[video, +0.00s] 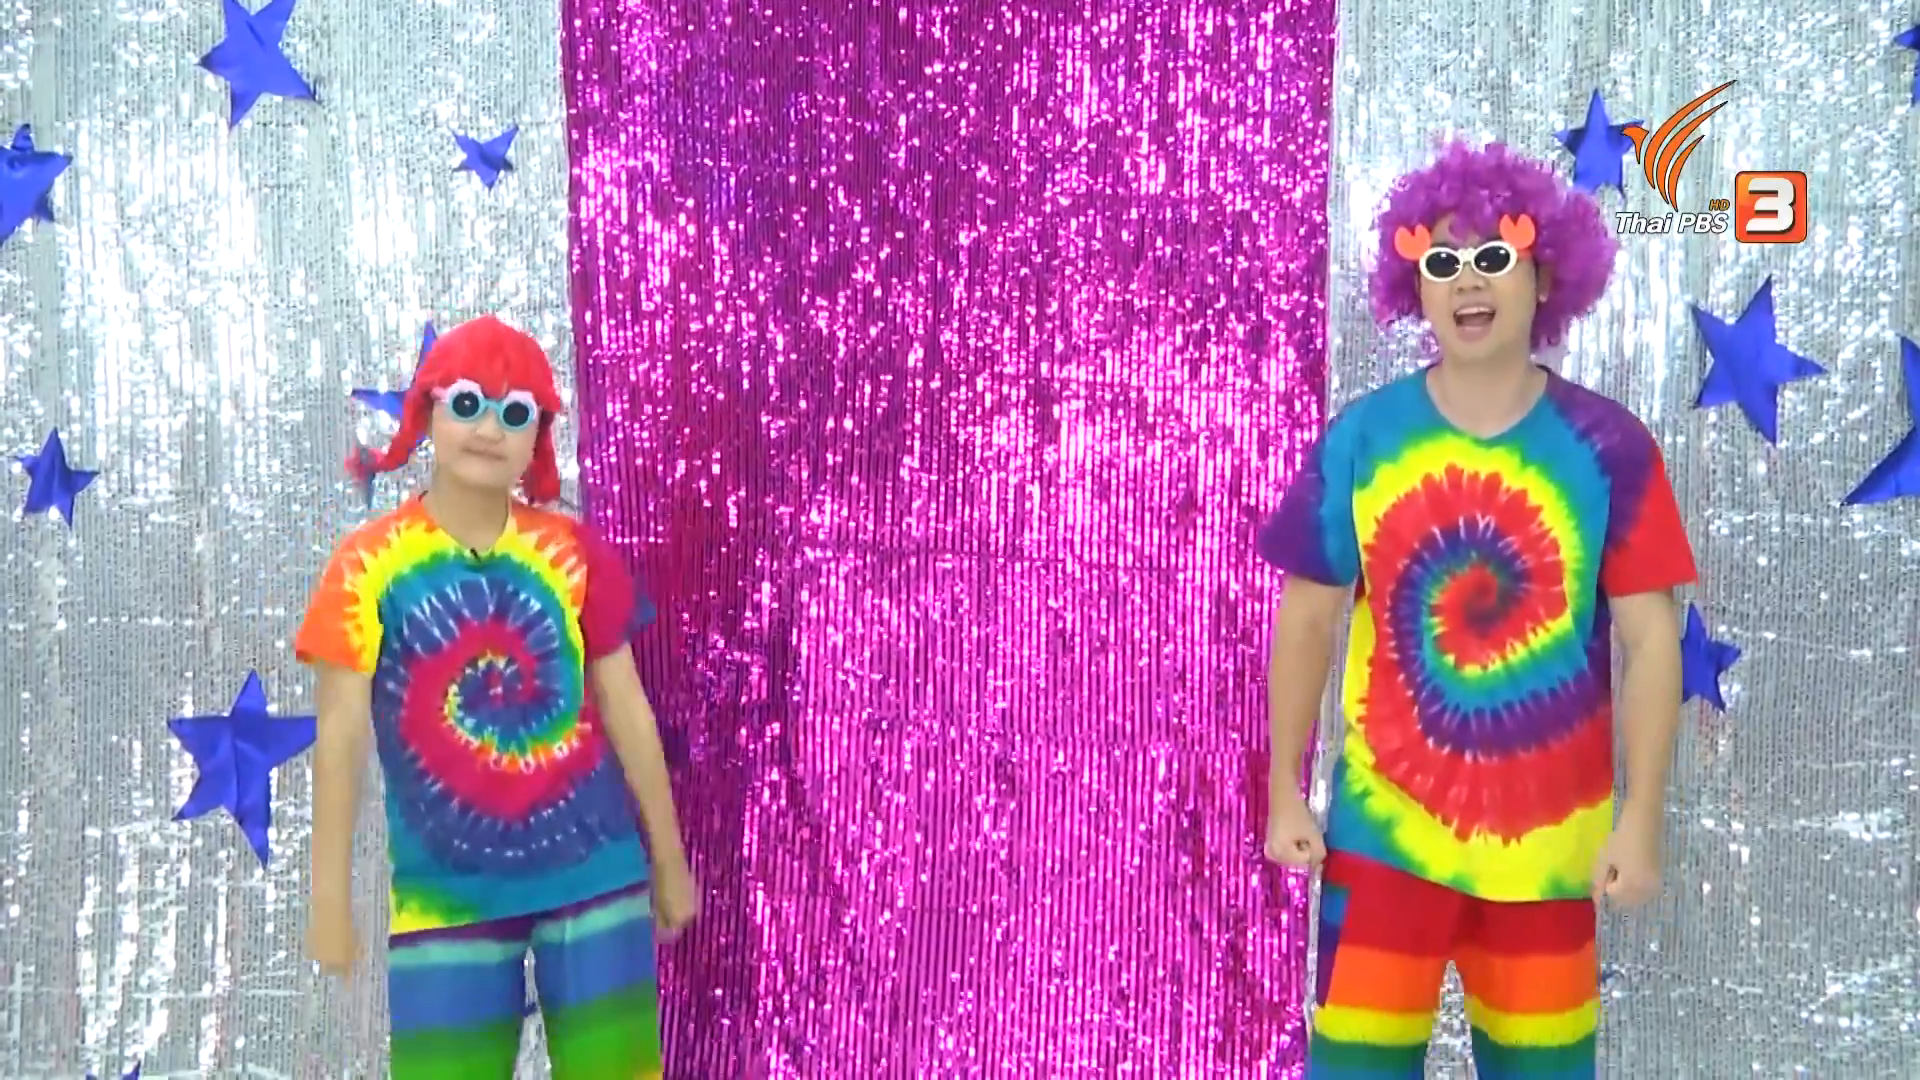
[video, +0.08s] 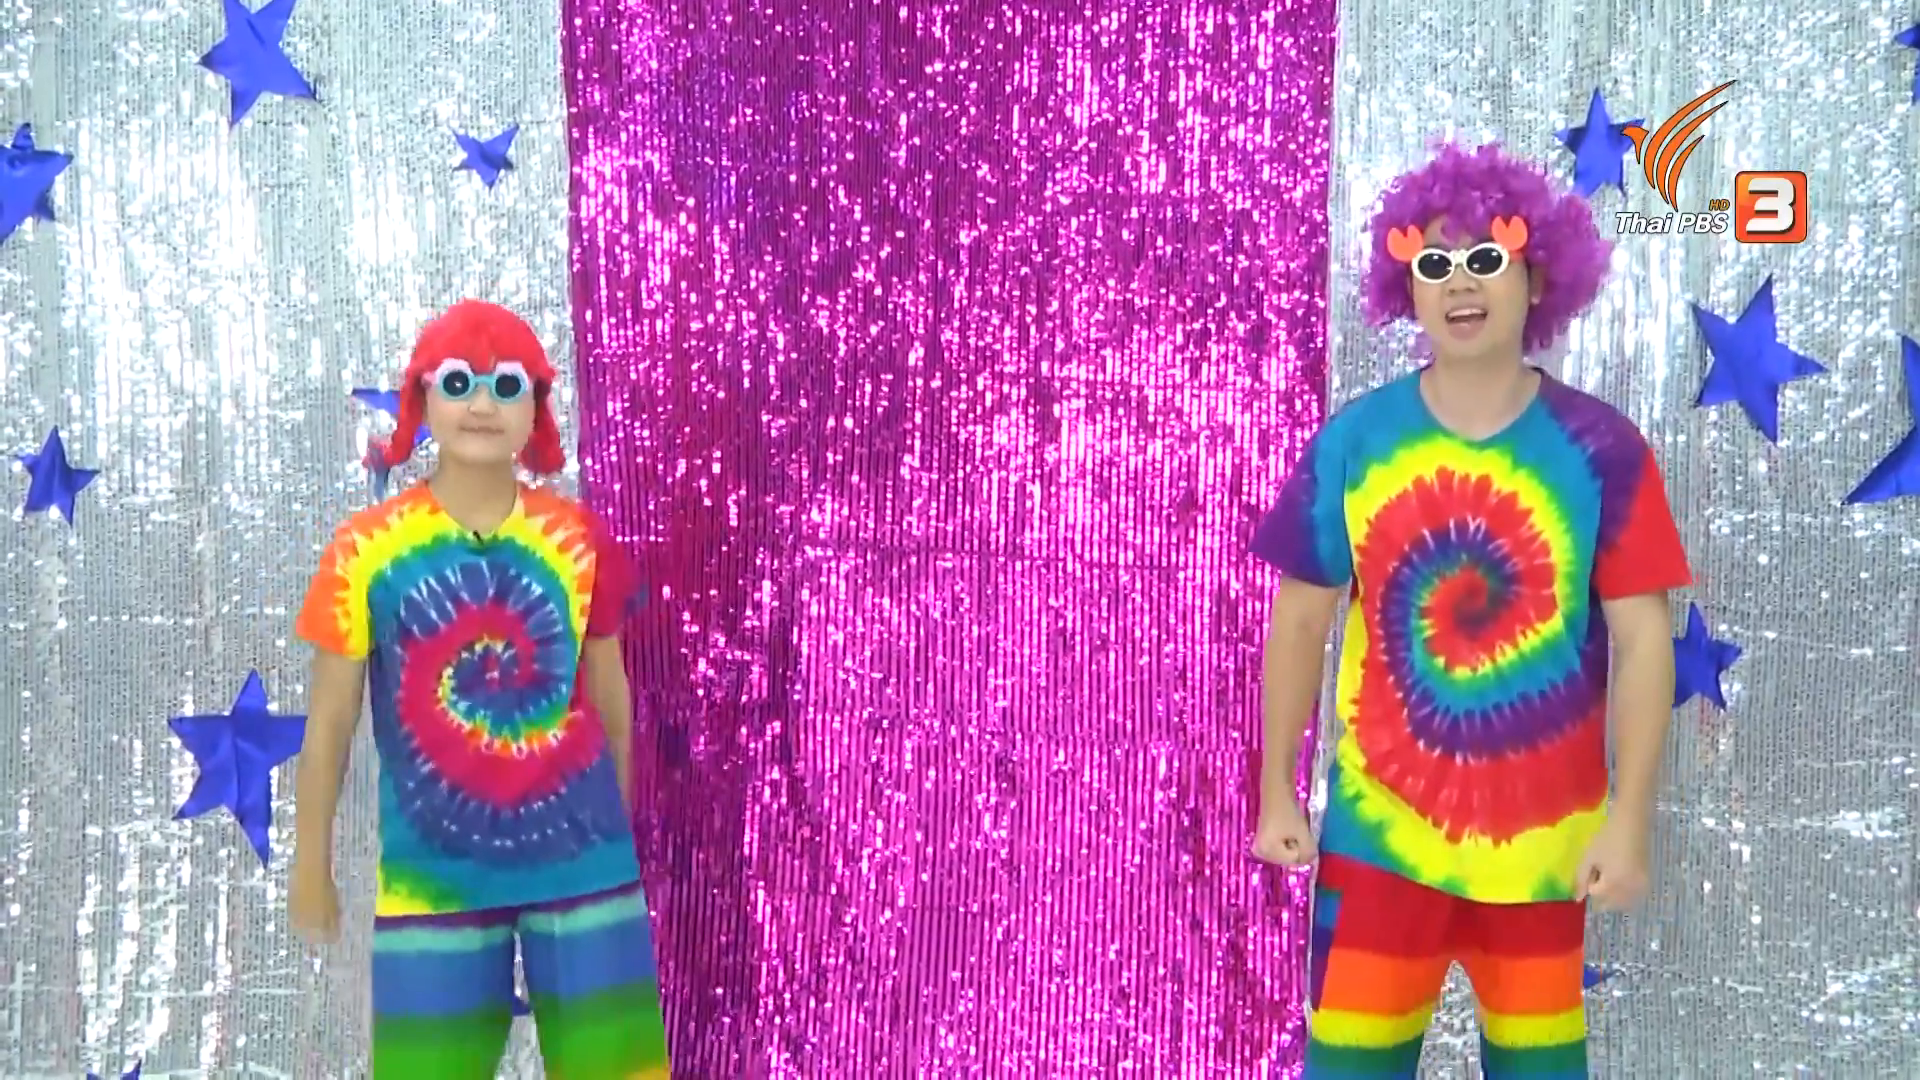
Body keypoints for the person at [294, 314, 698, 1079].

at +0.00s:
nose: (489, 428)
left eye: (514, 412)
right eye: (466, 405)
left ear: (537, 438)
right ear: (427, 422)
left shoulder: (573, 549)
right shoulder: (368, 561)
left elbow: (624, 704)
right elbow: (340, 734)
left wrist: (669, 854)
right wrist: (330, 897)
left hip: (593, 882)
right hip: (445, 896)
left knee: (617, 1067)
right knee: (448, 1069)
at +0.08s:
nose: (484, 403)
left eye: (508, 385)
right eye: (459, 383)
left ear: (536, 409)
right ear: (424, 405)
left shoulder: (577, 535)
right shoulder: (368, 546)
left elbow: (612, 700)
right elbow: (331, 719)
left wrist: (619, 832)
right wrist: (312, 867)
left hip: (585, 866)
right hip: (434, 878)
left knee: (620, 1065)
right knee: (431, 1068)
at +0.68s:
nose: (487, 398)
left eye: (510, 376)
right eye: (462, 380)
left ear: (545, 391)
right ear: (434, 398)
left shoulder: (594, 509)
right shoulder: (393, 519)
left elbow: (629, 662)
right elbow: (357, 674)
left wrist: (677, 722)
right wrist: (265, 762)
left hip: (556, 842)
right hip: (412, 841)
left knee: (566, 1062)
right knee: (374, 1062)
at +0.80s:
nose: (500, 396)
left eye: (524, 376)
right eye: (475, 376)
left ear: (556, 392)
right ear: (443, 392)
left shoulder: (596, 505)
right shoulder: (401, 513)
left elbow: (618, 680)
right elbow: (378, 675)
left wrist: (678, 629)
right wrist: (297, 663)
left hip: (581, 835)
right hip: (446, 836)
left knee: (593, 1063)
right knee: (400, 1062)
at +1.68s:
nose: (476, 383)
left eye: (499, 360)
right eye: (449, 362)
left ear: (528, 382)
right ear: (416, 386)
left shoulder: (567, 500)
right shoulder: (358, 497)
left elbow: (621, 644)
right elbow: (303, 659)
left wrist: (656, 550)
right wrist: (295, 552)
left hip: (537, 838)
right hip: (390, 841)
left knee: (565, 1064)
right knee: (374, 1064)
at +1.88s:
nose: (483, 371)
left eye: (503, 350)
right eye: (455, 352)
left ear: (527, 378)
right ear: (411, 382)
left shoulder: (563, 495)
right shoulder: (356, 507)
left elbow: (623, 648)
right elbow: (294, 676)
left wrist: (624, 563)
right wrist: (324, 603)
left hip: (543, 829)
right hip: (399, 835)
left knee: (573, 1056)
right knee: (383, 1058)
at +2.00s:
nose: (501, 393)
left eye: (516, 375)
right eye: (473, 373)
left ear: (531, 403)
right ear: (414, 407)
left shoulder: (567, 521)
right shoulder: (357, 543)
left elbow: (611, 661)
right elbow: (323, 701)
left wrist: (595, 738)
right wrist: (352, 794)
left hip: (548, 859)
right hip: (405, 865)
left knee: (584, 1064)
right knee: (392, 1067)